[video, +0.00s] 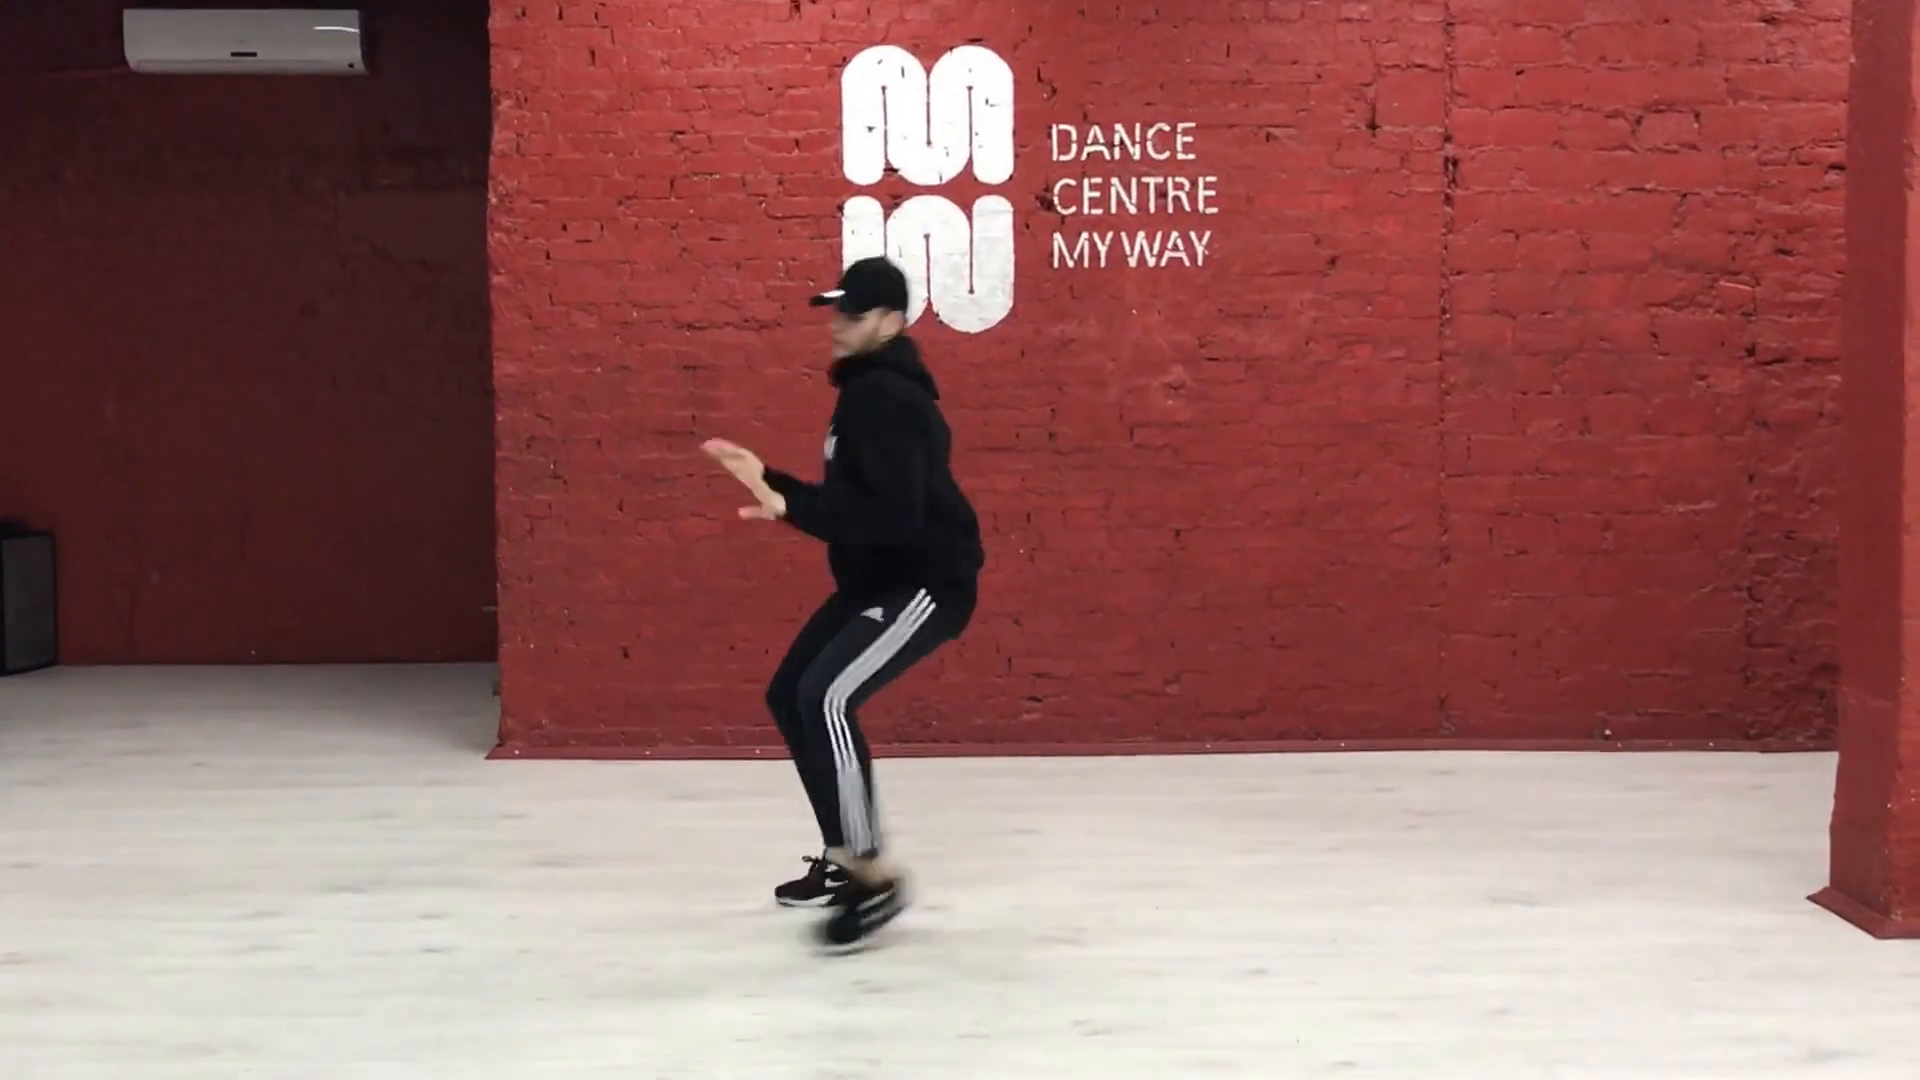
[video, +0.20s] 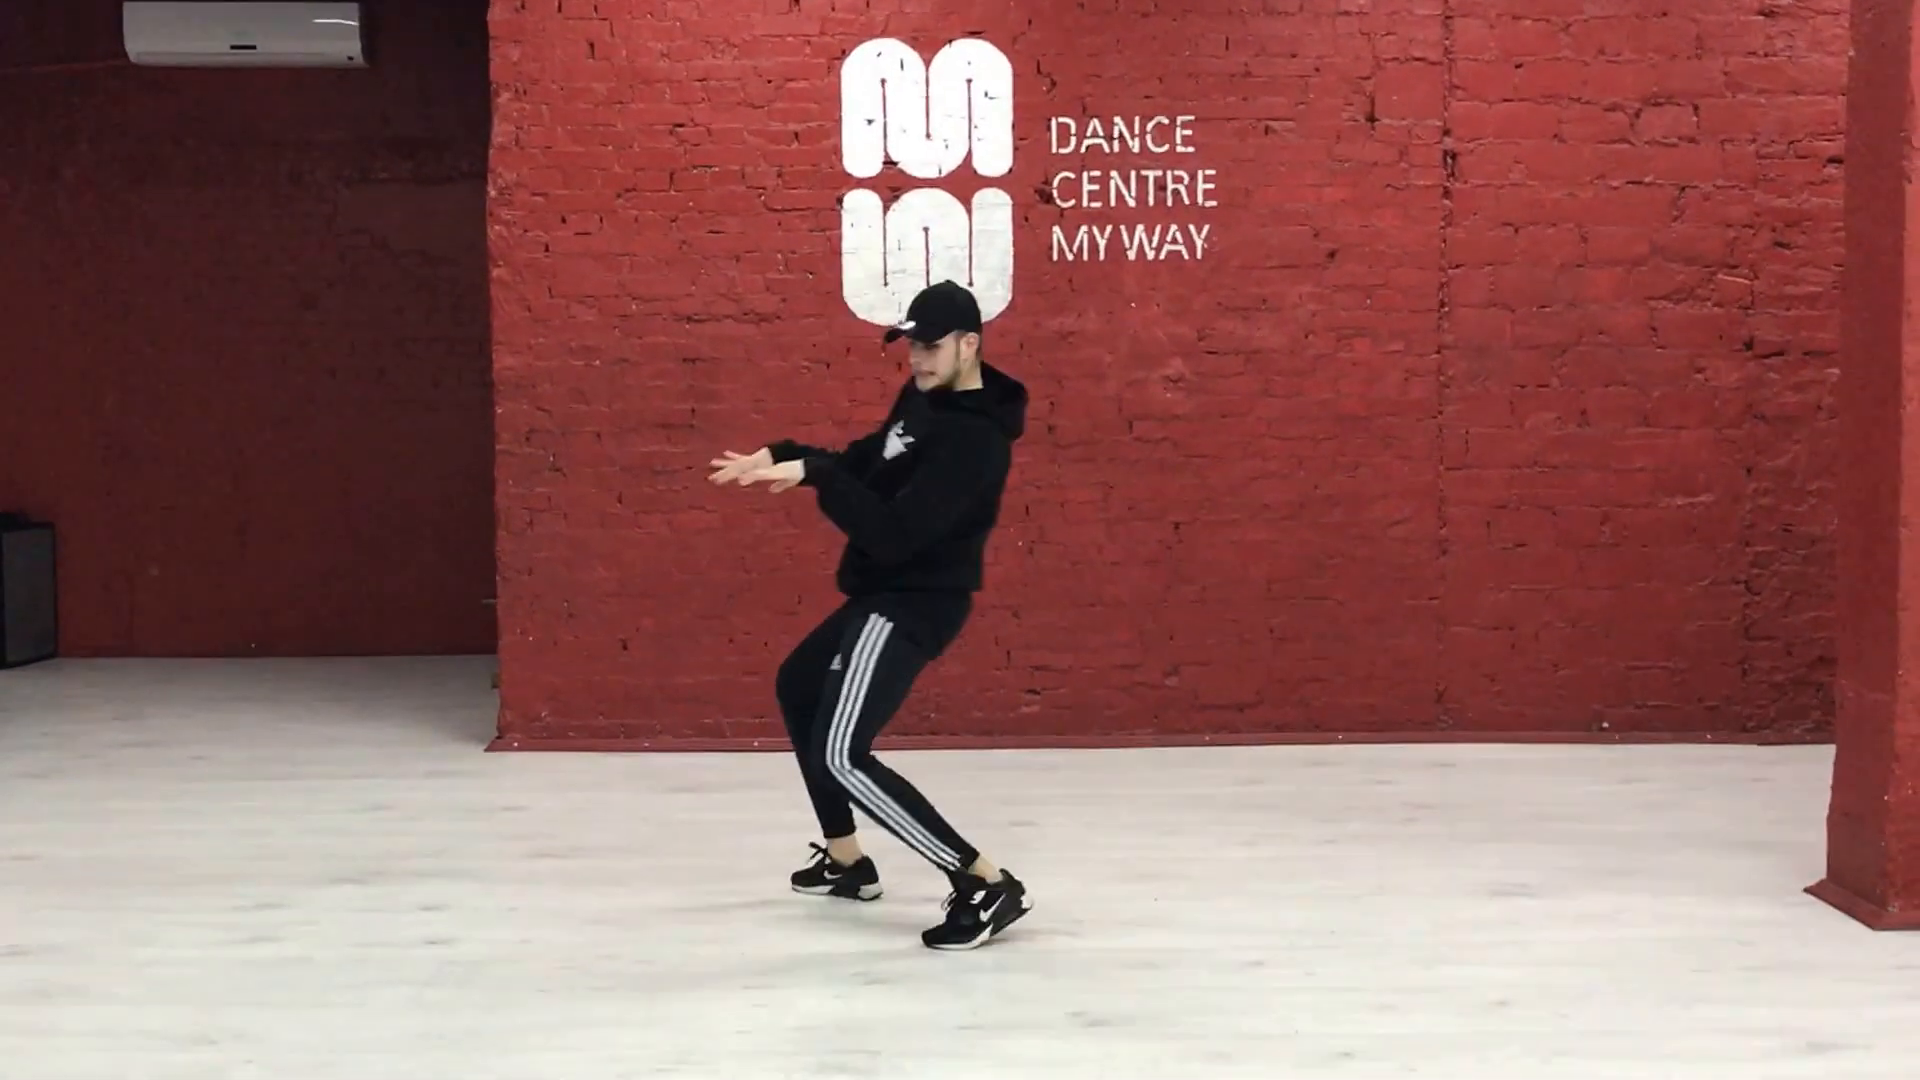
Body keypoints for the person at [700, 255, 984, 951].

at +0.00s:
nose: (836, 323)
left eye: (850, 313)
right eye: (837, 312)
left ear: (888, 320)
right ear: (862, 319)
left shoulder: (892, 395)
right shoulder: (863, 389)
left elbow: (890, 520)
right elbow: (848, 504)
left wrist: (791, 503)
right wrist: (774, 485)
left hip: (924, 590)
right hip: (878, 583)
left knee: (824, 697)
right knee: (790, 696)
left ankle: (870, 874)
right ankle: (846, 857)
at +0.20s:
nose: (917, 358)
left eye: (930, 345)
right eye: (912, 344)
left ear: (970, 343)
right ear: (911, 344)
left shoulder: (975, 434)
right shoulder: (926, 401)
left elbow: (892, 531)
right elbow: (864, 464)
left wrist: (817, 478)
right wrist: (789, 459)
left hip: (915, 605)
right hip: (882, 596)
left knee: (840, 753)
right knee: (799, 684)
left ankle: (982, 883)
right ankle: (844, 857)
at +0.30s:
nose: (927, 335)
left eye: (942, 322)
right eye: (922, 322)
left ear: (980, 325)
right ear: (917, 324)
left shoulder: (990, 414)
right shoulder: (926, 379)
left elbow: (919, 503)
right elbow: (878, 455)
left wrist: (848, 452)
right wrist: (804, 435)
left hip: (954, 599)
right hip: (912, 591)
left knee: (874, 747)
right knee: (826, 675)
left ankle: (996, 890)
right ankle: (853, 851)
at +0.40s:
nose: (942, 309)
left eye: (958, 298)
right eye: (935, 296)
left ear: (989, 306)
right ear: (923, 300)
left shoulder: (1000, 369)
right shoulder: (920, 362)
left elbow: (978, 453)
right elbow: (898, 423)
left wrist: (885, 438)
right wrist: (848, 422)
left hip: (1007, 579)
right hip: (948, 576)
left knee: (913, 711)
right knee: (859, 688)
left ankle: (994, 881)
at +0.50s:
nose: (958, 303)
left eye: (974, 292)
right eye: (949, 289)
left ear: (1000, 300)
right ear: (936, 295)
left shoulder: (1029, 373)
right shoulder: (936, 370)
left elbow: (1066, 478)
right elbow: (939, 463)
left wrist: (972, 541)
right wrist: (900, 517)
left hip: (1025, 575)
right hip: (962, 572)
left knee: (950, 723)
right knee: (923, 737)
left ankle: (1062, 851)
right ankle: (1048, 844)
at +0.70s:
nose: (1003, 284)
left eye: (1017, 271)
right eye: (990, 271)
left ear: (1036, 280)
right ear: (971, 278)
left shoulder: (1072, 355)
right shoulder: (941, 364)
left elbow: (1162, 426)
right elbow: (881, 441)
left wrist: (1101, 380)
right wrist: (845, 434)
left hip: (1054, 563)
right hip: (972, 571)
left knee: (1037, 679)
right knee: (935, 725)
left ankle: (1061, 837)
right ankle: (1047, 830)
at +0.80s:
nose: (1015, 277)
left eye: (1027, 266)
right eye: (1002, 266)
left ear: (1047, 276)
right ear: (982, 276)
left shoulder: (1087, 348)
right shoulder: (945, 358)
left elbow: (1198, 371)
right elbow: (851, 397)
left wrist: (1126, 312)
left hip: (1062, 562)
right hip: (974, 563)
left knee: (1071, 707)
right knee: (906, 714)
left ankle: (1096, 885)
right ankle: (1000, 827)